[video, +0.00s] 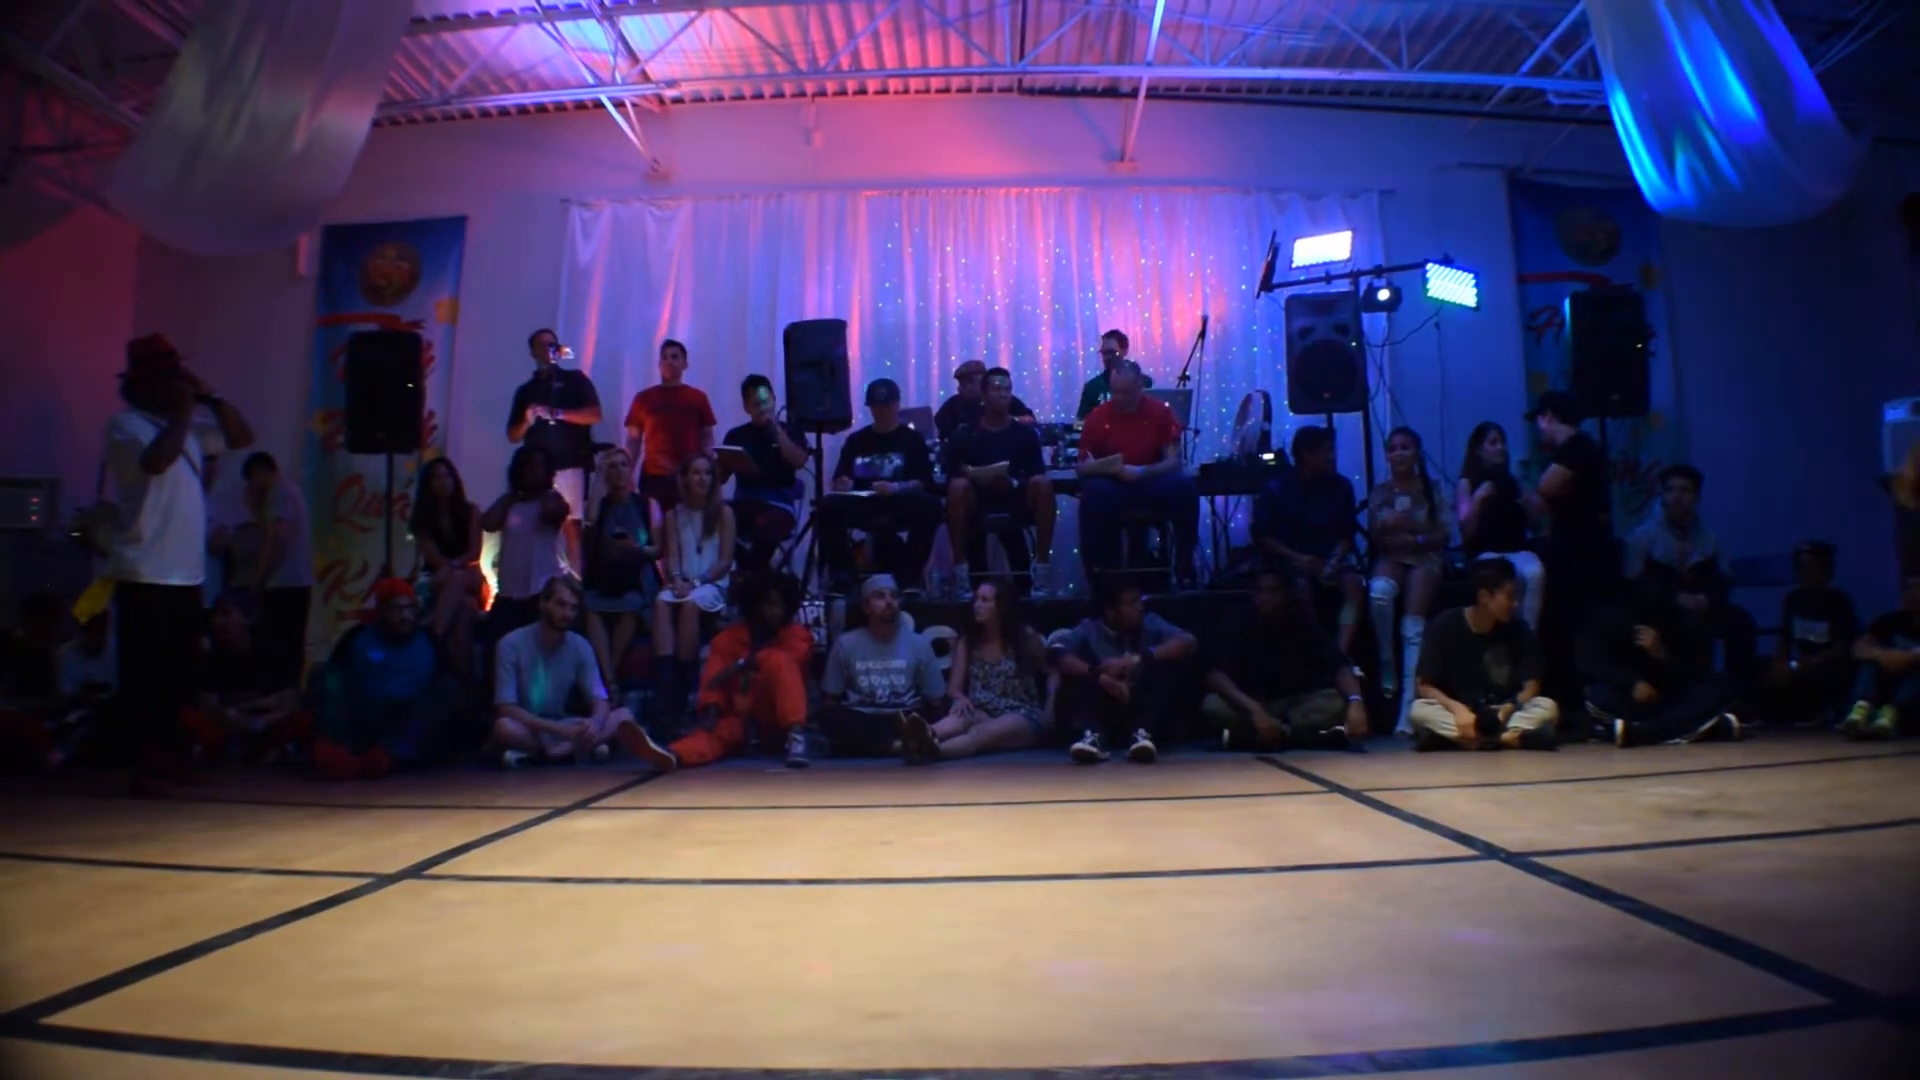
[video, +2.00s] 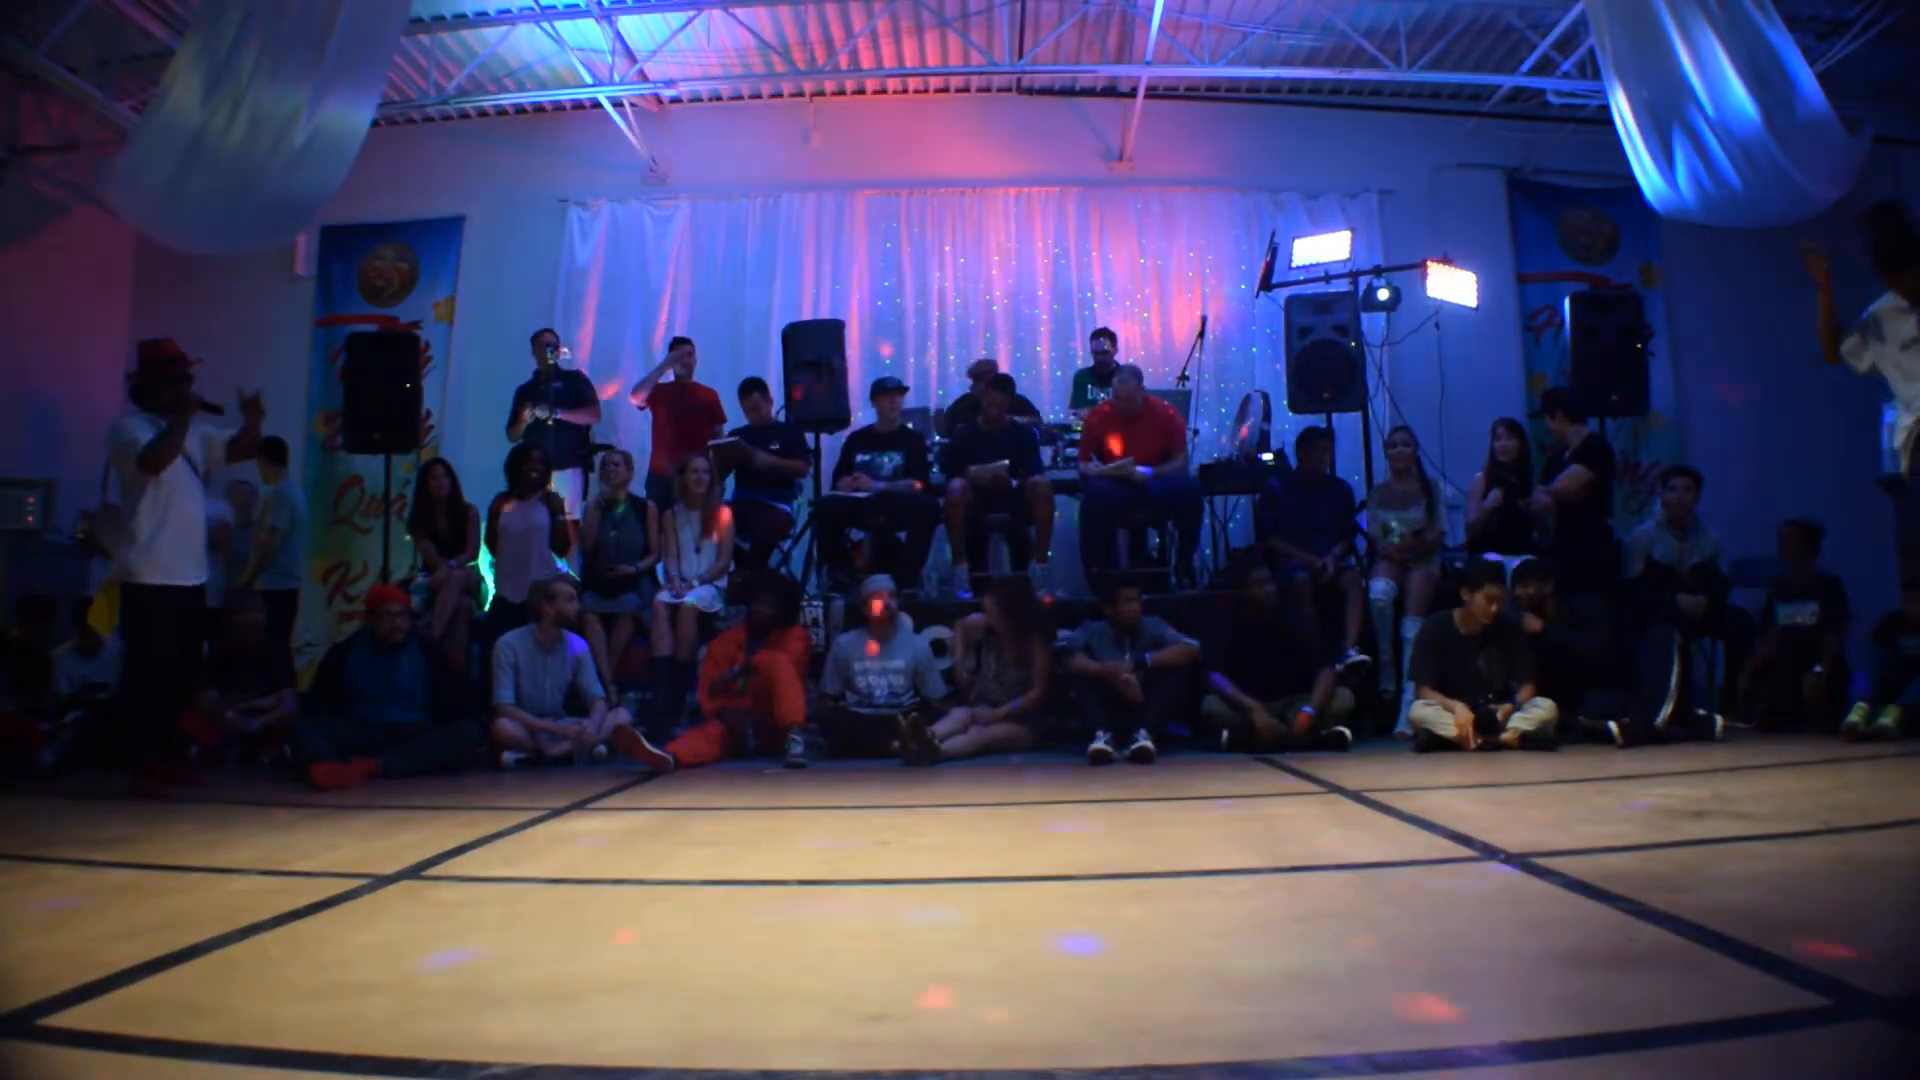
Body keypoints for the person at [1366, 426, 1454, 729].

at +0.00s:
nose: (1398, 454)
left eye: (1404, 448)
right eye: (1393, 449)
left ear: (1417, 453)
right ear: (1386, 455)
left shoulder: (1433, 489)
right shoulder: (1379, 493)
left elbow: (1443, 534)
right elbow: (1375, 536)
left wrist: (1403, 537)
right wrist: (1393, 523)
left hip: (1423, 555)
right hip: (1390, 556)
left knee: (1413, 628)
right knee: (1379, 595)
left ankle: (1408, 710)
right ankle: (1387, 667)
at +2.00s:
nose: (1399, 451)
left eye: (1405, 445)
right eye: (1393, 446)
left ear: (1415, 451)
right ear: (1386, 453)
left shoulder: (1430, 488)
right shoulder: (1378, 493)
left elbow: (1438, 529)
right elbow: (1373, 533)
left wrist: (1414, 544)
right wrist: (1389, 549)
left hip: (1420, 558)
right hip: (1388, 558)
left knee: (1412, 628)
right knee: (1379, 596)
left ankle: (1408, 696)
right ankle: (1386, 668)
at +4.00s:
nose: (1403, 451)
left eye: (1408, 445)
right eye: (1396, 446)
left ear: (1417, 452)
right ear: (1387, 453)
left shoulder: (1431, 489)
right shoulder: (1377, 493)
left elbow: (1440, 527)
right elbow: (1371, 532)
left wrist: (1415, 544)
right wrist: (1391, 548)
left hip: (1421, 554)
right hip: (1388, 554)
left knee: (1413, 626)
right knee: (1378, 596)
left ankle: (1408, 703)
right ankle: (1385, 670)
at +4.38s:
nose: (1404, 451)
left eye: (1409, 445)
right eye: (1397, 446)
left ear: (1416, 451)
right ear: (1387, 452)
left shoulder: (1430, 489)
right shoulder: (1377, 491)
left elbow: (1438, 526)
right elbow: (1372, 531)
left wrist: (1421, 543)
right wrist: (1389, 550)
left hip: (1419, 556)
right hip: (1387, 555)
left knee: (1417, 602)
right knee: (1377, 595)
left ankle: (1410, 682)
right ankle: (1385, 672)